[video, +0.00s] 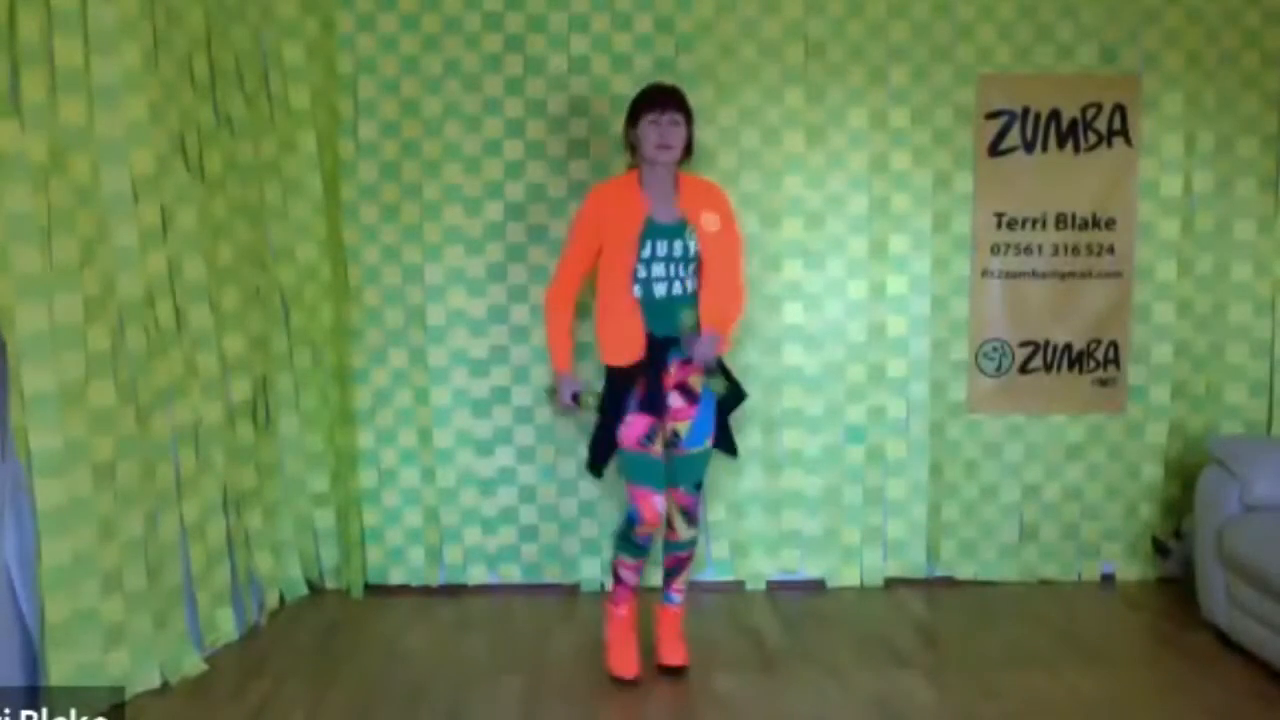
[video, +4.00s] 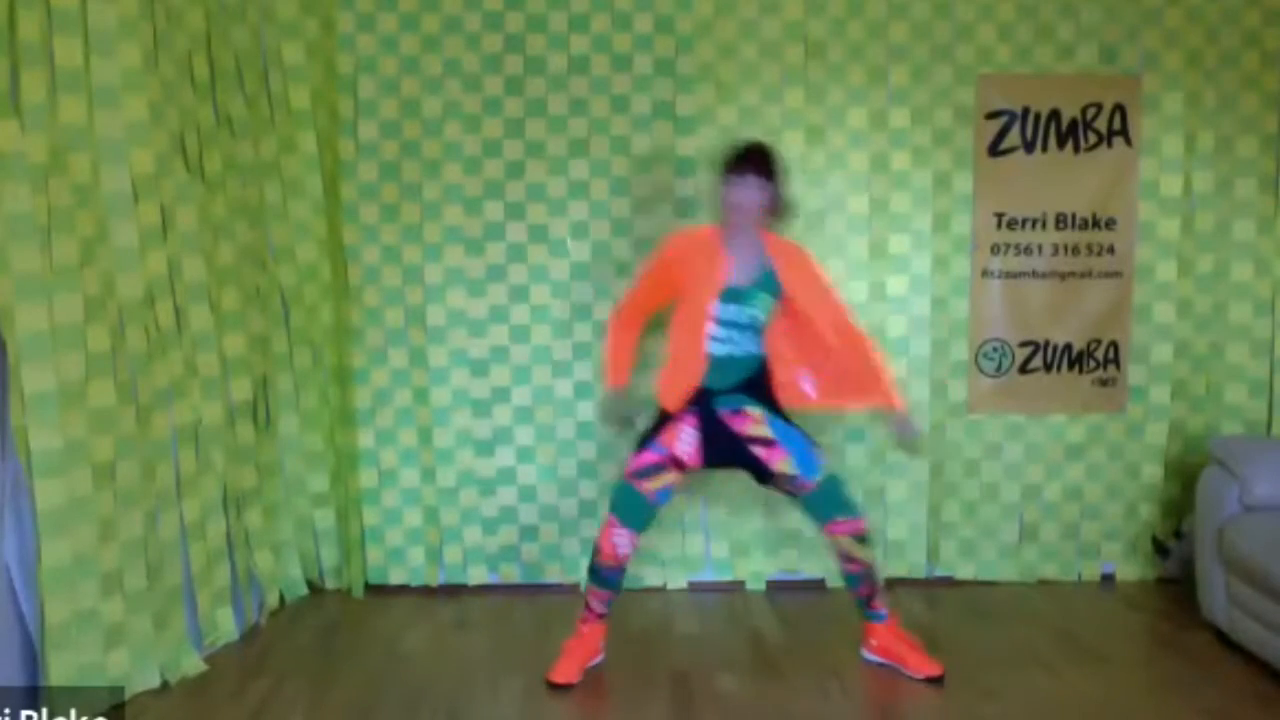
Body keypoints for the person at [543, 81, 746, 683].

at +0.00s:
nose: (663, 134)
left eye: (674, 124)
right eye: (652, 124)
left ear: (689, 135)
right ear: (633, 133)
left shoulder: (709, 199)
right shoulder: (606, 202)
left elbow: (728, 278)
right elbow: (563, 288)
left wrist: (717, 332)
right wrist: (563, 366)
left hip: (696, 364)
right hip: (632, 367)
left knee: (687, 503)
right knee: (646, 507)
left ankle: (672, 616)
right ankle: (621, 617)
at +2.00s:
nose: (652, 142)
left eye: (664, 131)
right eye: (641, 130)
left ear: (680, 139)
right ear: (623, 136)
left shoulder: (701, 201)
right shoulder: (594, 202)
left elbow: (723, 277)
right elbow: (560, 285)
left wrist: (704, 312)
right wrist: (564, 363)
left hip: (692, 364)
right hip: (626, 369)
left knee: (686, 505)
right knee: (636, 510)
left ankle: (676, 620)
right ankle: (607, 613)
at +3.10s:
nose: (622, 155)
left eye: (631, 146)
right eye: (611, 148)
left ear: (651, 158)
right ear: (594, 166)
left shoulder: (688, 210)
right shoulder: (589, 243)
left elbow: (714, 279)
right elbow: (569, 335)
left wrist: (730, 344)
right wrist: (552, 427)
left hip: (698, 374)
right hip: (630, 384)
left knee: (731, 512)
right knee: (609, 519)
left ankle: (689, 604)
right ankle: (598, 632)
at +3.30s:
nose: (678, 192)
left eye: (689, 182)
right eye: (667, 182)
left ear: (705, 191)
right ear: (648, 190)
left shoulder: (729, 253)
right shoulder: (620, 258)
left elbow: (783, 323)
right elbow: (579, 333)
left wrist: (826, 395)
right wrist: (575, 408)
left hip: (719, 411)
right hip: (645, 416)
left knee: (808, 511)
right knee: (590, 527)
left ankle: (851, 624)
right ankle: (595, 635)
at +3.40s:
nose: (720, 206)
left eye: (732, 195)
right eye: (710, 194)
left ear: (746, 205)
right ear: (691, 200)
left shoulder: (765, 271)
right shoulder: (655, 258)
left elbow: (819, 341)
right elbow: (603, 310)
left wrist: (874, 410)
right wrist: (597, 380)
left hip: (739, 428)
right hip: (664, 428)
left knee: (838, 526)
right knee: (597, 525)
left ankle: (874, 631)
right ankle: (596, 635)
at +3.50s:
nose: (786, 228)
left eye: (799, 218)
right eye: (778, 215)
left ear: (816, 230)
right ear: (761, 220)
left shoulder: (824, 303)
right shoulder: (722, 266)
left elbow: (884, 370)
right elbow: (655, 288)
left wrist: (947, 438)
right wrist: (648, 347)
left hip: (774, 445)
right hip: (698, 438)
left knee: (877, 525)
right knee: (617, 535)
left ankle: (881, 631)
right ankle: (600, 634)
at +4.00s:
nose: (741, 202)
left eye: (754, 192)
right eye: (734, 190)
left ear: (771, 201)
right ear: (721, 194)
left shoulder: (786, 260)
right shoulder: (687, 250)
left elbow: (840, 331)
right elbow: (630, 311)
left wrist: (889, 402)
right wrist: (616, 380)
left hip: (754, 409)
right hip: (685, 409)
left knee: (838, 510)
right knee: (626, 512)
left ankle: (880, 629)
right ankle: (589, 632)